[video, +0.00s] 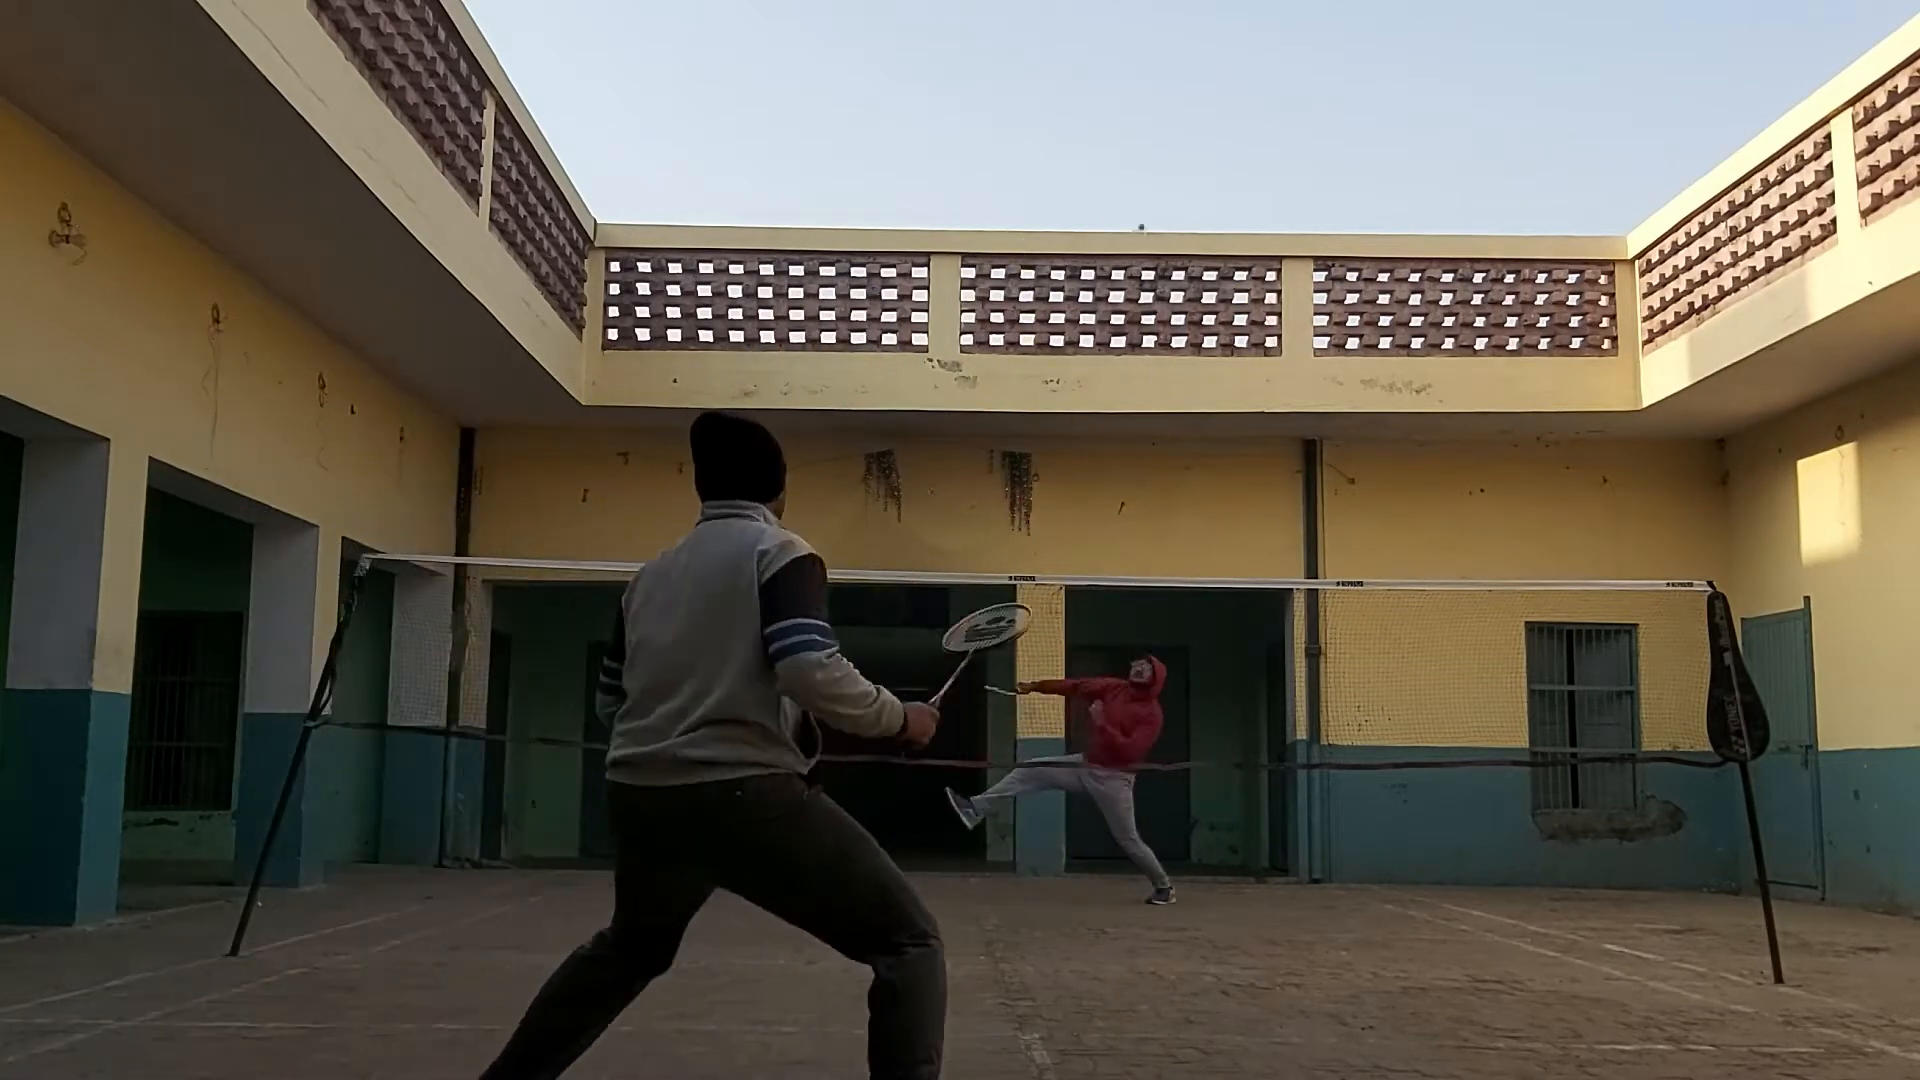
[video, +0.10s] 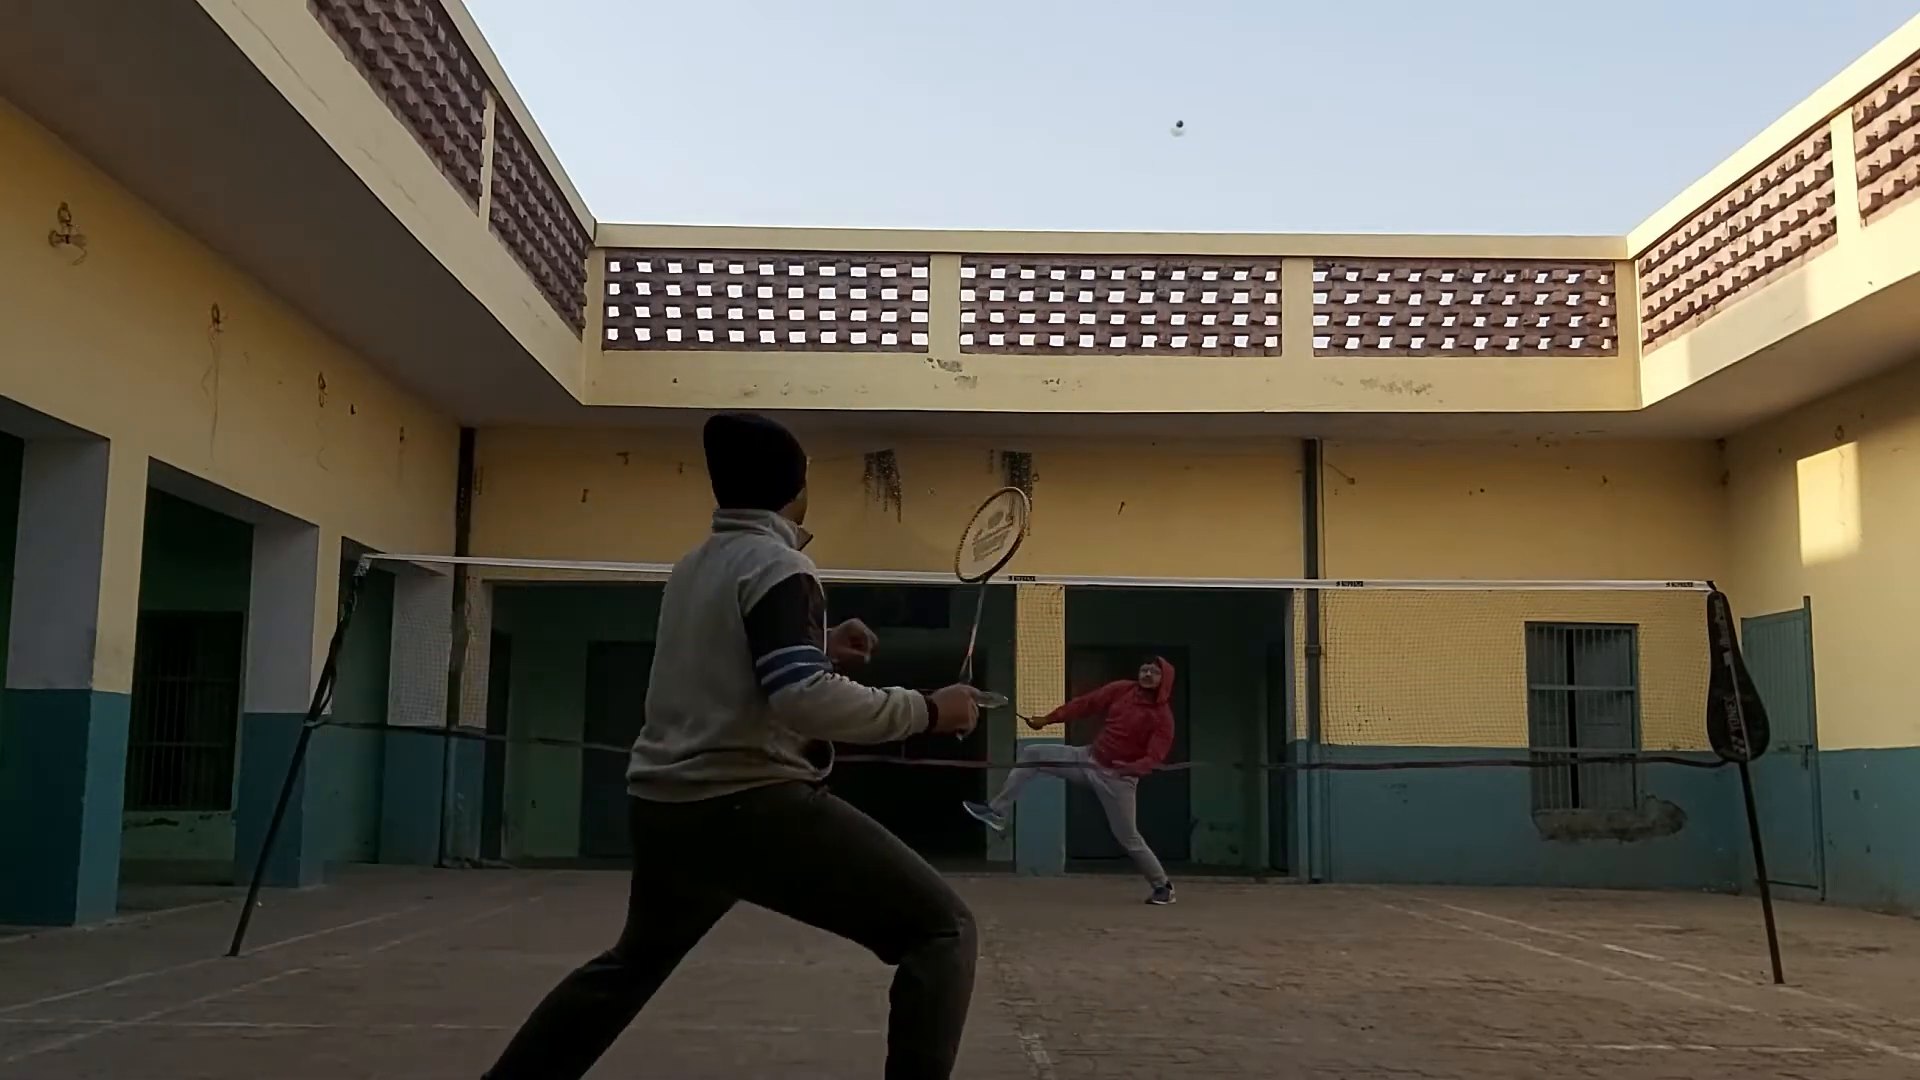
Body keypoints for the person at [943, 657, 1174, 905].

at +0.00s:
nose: (1138, 669)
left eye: (1144, 667)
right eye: (1136, 665)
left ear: (1154, 678)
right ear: (1131, 671)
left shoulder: (1152, 715)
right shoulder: (1114, 688)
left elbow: (1129, 751)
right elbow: (1075, 686)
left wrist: (1101, 723)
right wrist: (1034, 686)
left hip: (1115, 780)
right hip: (1084, 768)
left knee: (1128, 840)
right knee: (1027, 773)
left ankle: (1164, 885)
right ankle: (973, 809)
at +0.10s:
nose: (1147, 673)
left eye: (1154, 670)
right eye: (1146, 668)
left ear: (1164, 680)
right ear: (1140, 672)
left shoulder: (1162, 718)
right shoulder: (1122, 690)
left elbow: (1153, 759)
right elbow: (1085, 704)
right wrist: (1046, 719)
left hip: (1118, 779)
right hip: (1089, 759)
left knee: (1129, 839)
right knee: (1033, 755)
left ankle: (1162, 887)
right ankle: (995, 811)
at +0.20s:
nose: (1149, 665)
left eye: (1156, 663)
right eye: (1146, 660)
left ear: (1164, 672)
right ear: (1139, 663)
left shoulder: (1162, 708)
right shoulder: (1122, 679)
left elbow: (1165, 752)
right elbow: (1087, 689)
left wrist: (1145, 768)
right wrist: (1059, 710)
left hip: (1120, 773)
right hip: (1090, 751)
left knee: (1132, 834)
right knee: (1032, 754)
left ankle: (1163, 884)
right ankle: (1027, 813)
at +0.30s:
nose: (1141, 667)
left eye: (1147, 665)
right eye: (1138, 662)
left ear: (1156, 671)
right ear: (1131, 663)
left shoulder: (1159, 707)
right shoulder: (1112, 674)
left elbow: (1162, 752)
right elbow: (1081, 681)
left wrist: (1150, 783)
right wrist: (1062, 712)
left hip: (1129, 768)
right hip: (1095, 753)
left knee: (1117, 821)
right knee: (1041, 770)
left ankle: (1152, 867)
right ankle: (1036, 820)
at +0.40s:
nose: (1135, 680)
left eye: (1141, 677)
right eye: (1131, 675)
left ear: (1148, 682)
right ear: (1123, 677)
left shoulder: (1152, 717)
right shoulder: (1103, 691)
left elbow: (1161, 764)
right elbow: (1073, 704)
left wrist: (1157, 806)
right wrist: (1061, 741)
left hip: (1134, 771)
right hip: (1099, 763)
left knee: (1119, 821)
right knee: (1052, 797)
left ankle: (1132, 890)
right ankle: (1043, 845)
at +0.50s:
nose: (1125, 687)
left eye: (1131, 684)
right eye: (1122, 682)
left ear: (1139, 689)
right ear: (1114, 685)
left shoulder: (1147, 723)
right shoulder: (1095, 704)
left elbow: (1160, 770)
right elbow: (1071, 732)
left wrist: (1168, 812)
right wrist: (1067, 766)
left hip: (1132, 776)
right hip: (1097, 772)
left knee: (1115, 823)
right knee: (1070, 819)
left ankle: (1132, 889)